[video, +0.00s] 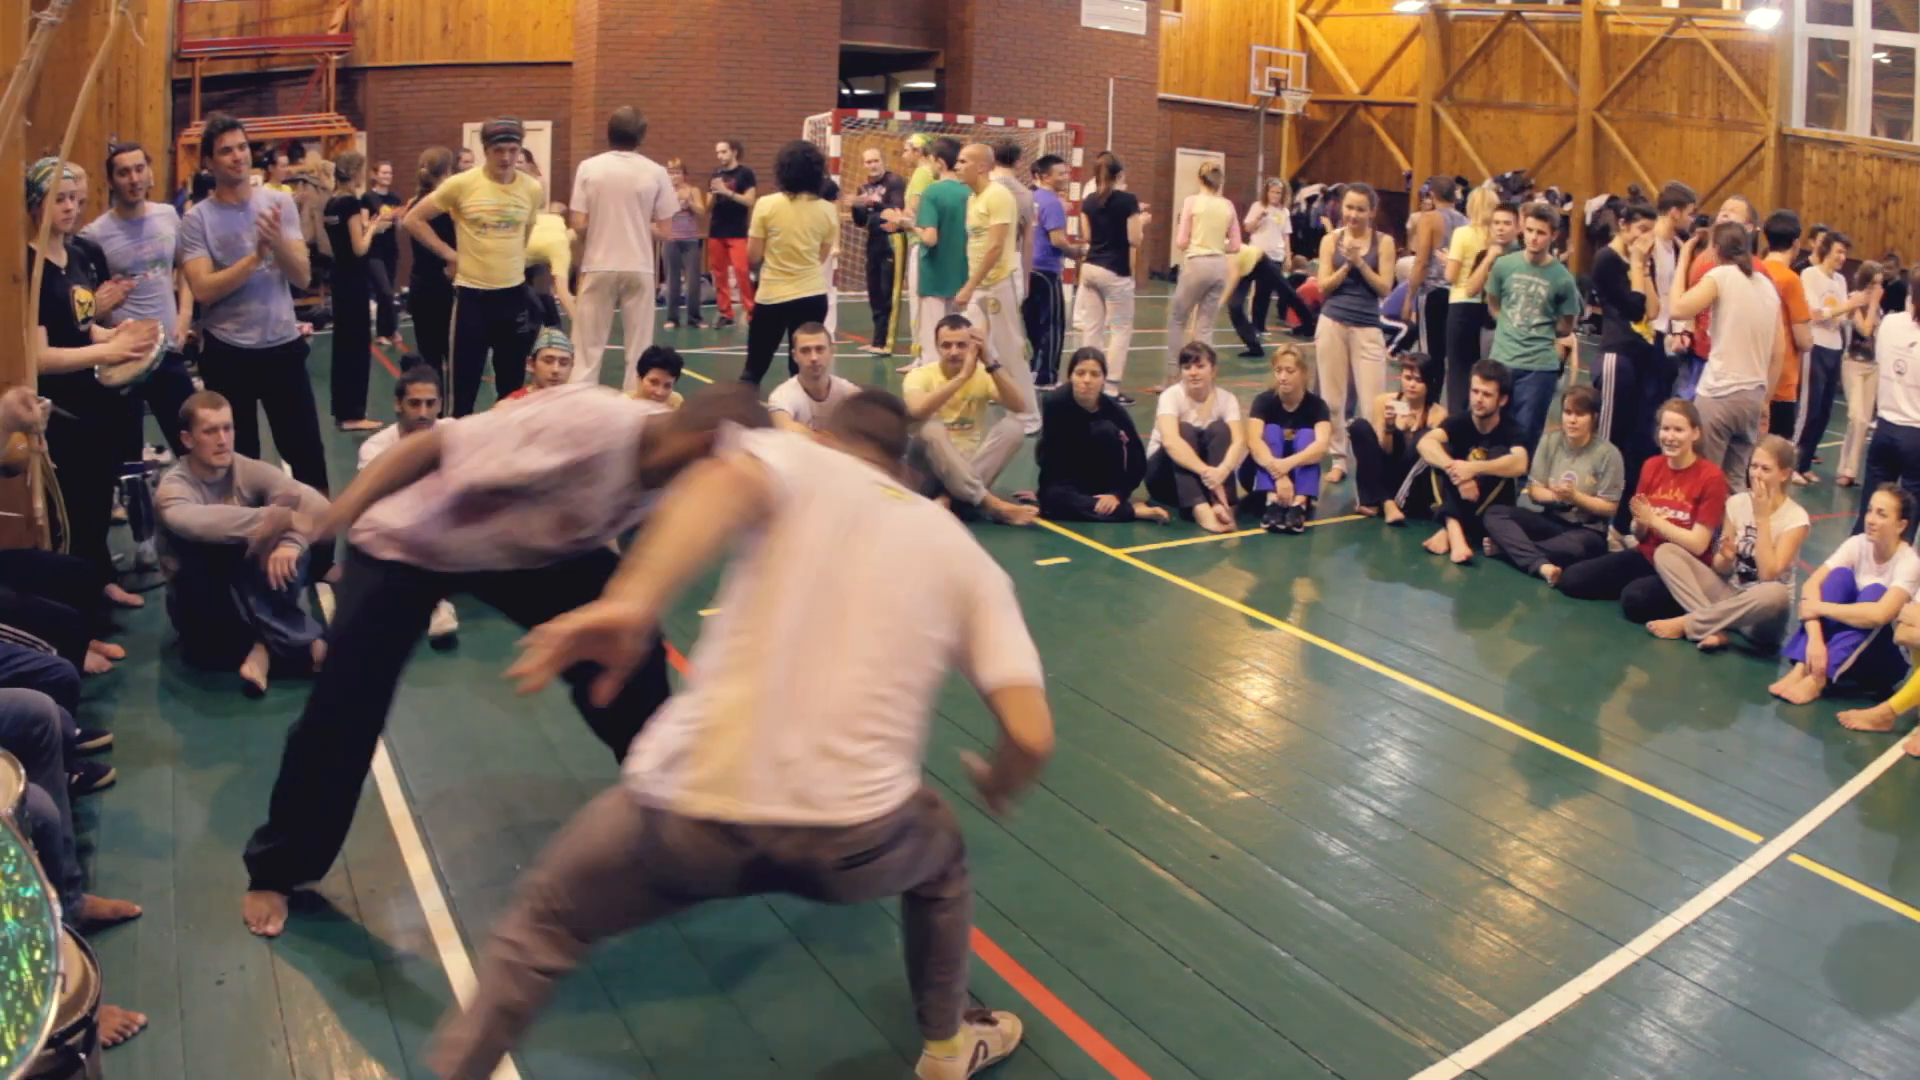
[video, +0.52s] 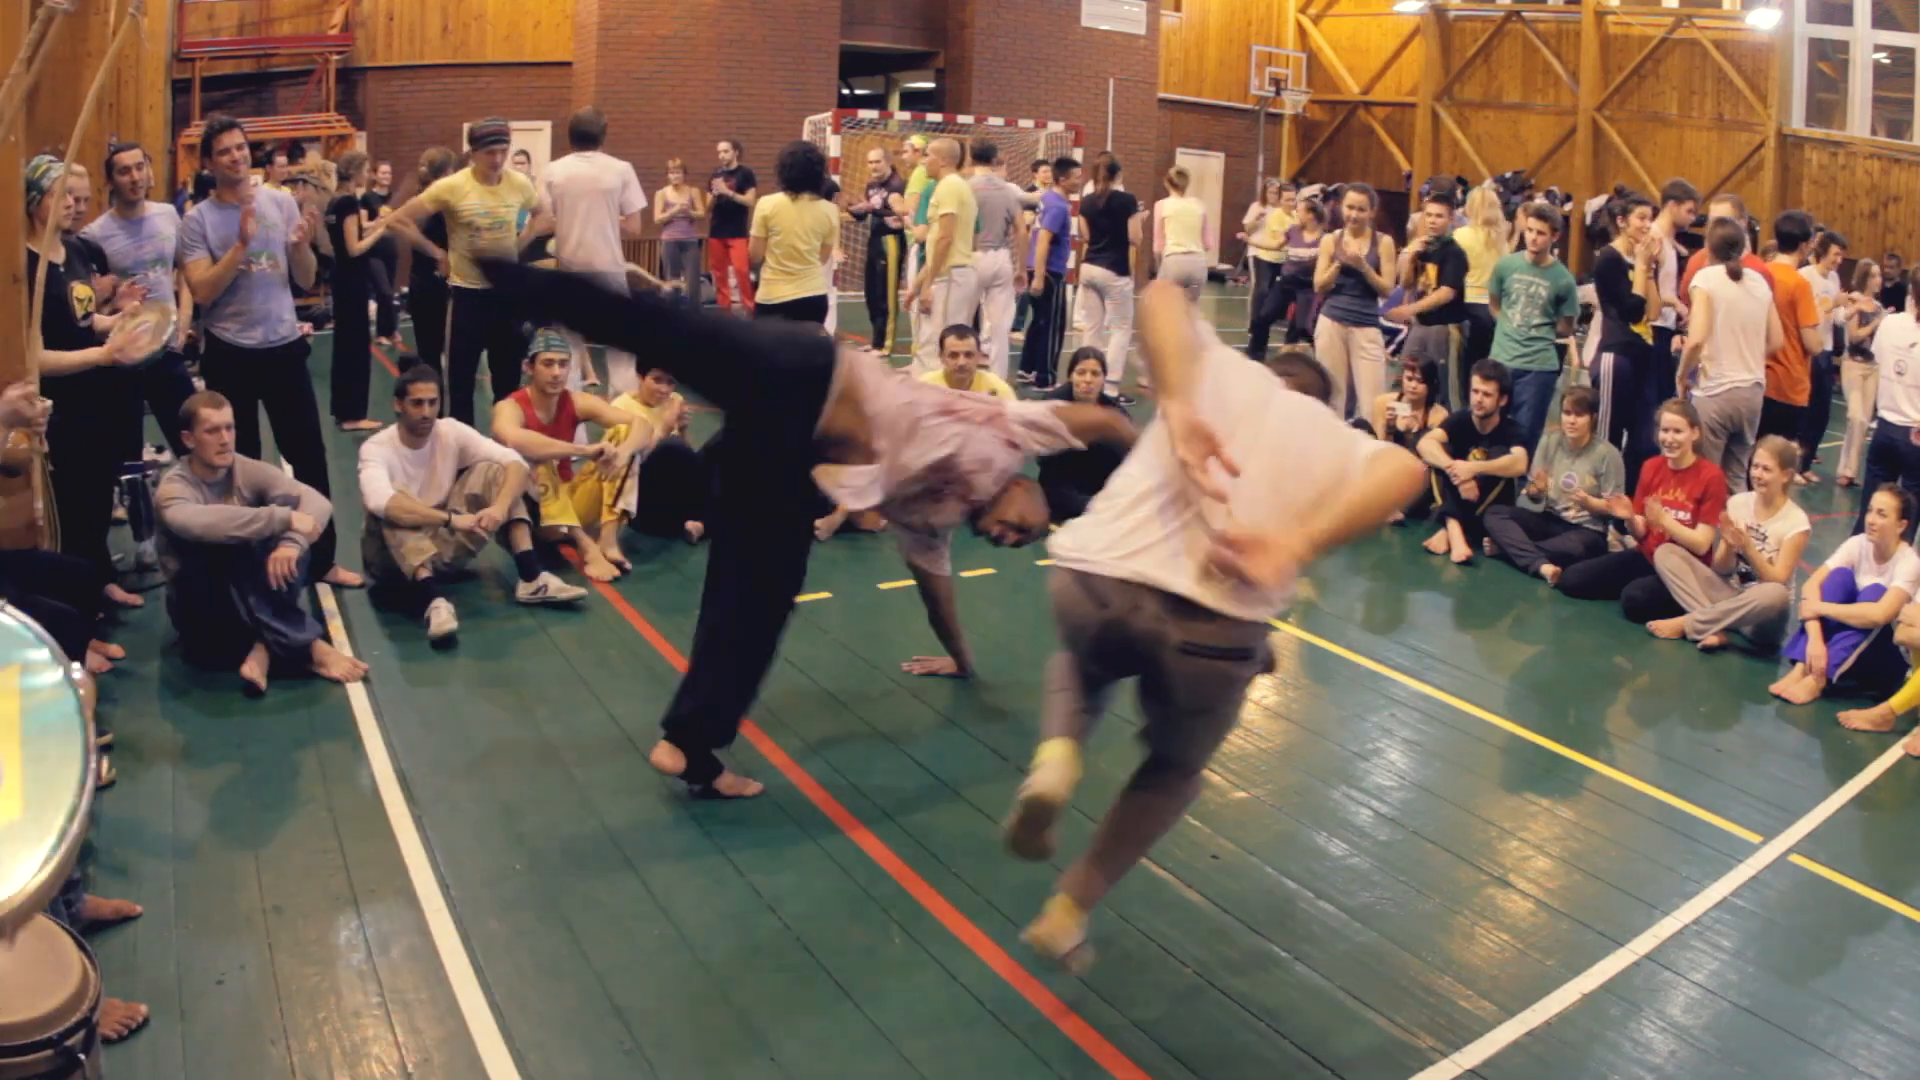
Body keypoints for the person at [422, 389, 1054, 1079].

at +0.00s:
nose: (797, 434)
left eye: (806, 426)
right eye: (805, 428)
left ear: (818, 428)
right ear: (906, 469)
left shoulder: (783, 449)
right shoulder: (959, 551)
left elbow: (726, 482)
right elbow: (1033, 737)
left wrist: (634, 602)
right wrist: (1000, 783)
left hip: (691, 811)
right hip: (854, 835)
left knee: (545, 924)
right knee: (939, 854)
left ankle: (451, 1064)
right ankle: (946, 1043)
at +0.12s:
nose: (937, 476)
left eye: (948, 472)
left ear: (959, 483)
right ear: (1030, 522)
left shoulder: (904, 489)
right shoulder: (1061, 594)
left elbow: (845, 509)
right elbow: (1117, 778)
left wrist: (801, 626)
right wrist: (1087, 903)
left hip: (810, 782)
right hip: (964, 816)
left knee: (689, 898)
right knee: (989, 886)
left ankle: (585, 1057)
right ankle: (948, 1045)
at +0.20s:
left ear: (1025, 487)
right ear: (1093, 524)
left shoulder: (965, 488)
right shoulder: (1123, 591)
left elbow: (912, 492)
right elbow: (1180, 748)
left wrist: (929, 603)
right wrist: (1133, 890)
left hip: (867, 745)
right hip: (1010, 791)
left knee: (774, 854)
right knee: (1016, 885)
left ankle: (699, 1039)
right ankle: (949, 1046)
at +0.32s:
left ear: (1119, 438)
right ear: (1184, 478)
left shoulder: (1082, 445)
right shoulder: (1213, 540)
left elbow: (1030, 405)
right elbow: (1259, 621)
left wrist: (1068, 523)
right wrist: (1175, 697)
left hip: (952, 676)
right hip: (1074, 727)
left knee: (885, 788)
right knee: (1040, 877)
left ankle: (841, 954)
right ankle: (948, 1042)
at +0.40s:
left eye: (1174, 382)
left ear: (1174, 390)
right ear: (1247, 430)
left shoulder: (1135, 397)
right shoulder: (1267, 472)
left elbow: (1086, 344)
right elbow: (1316, 516)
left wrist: (1126, 466)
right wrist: (1211, 567)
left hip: (1021, 627)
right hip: (1139, 681)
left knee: (965, 724)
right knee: (1063, 851)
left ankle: (933, 859)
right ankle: (961, 1023)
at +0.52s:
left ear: (1268, 367)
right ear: (1325, 403)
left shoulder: (1214, 362)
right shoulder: (1350, 445)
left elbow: (1160, 292)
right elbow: (1410, 471)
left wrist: (1180, 405)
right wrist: (1301, 542)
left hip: (1094, 584)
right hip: (1210, 639)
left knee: (1080, 656)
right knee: (1174, 765)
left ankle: (1057, 755)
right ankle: (1069, 909)